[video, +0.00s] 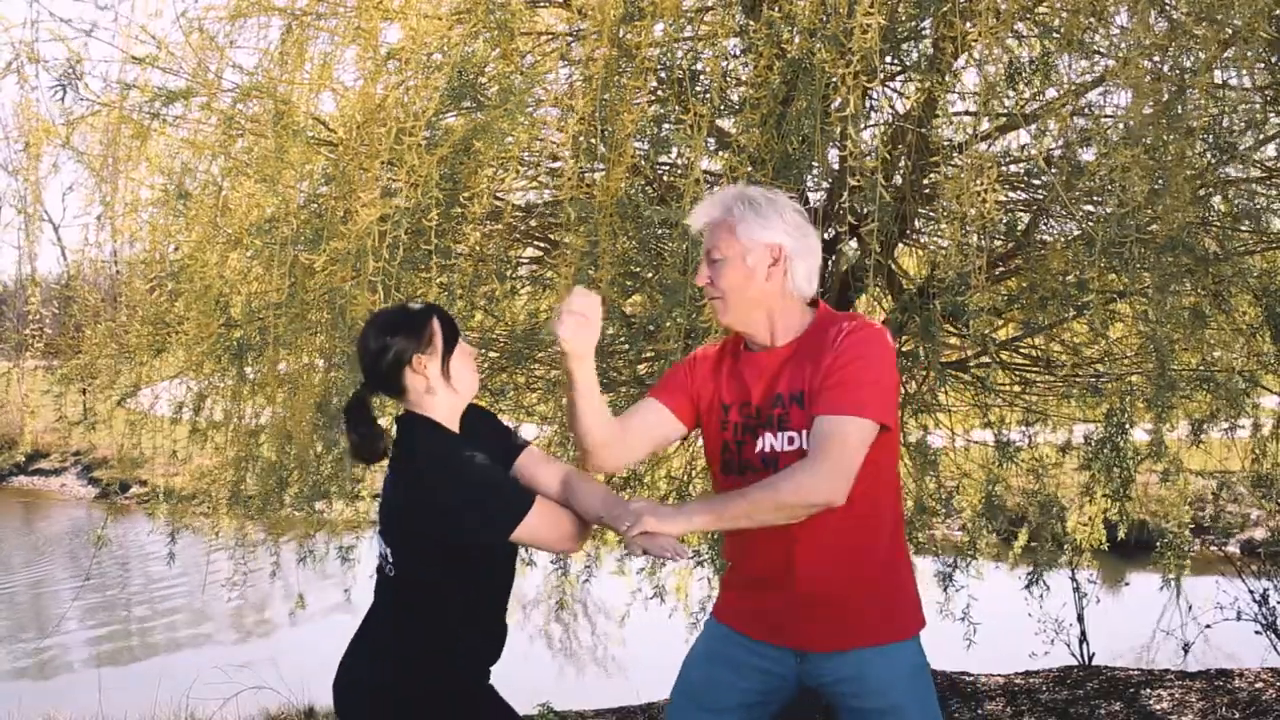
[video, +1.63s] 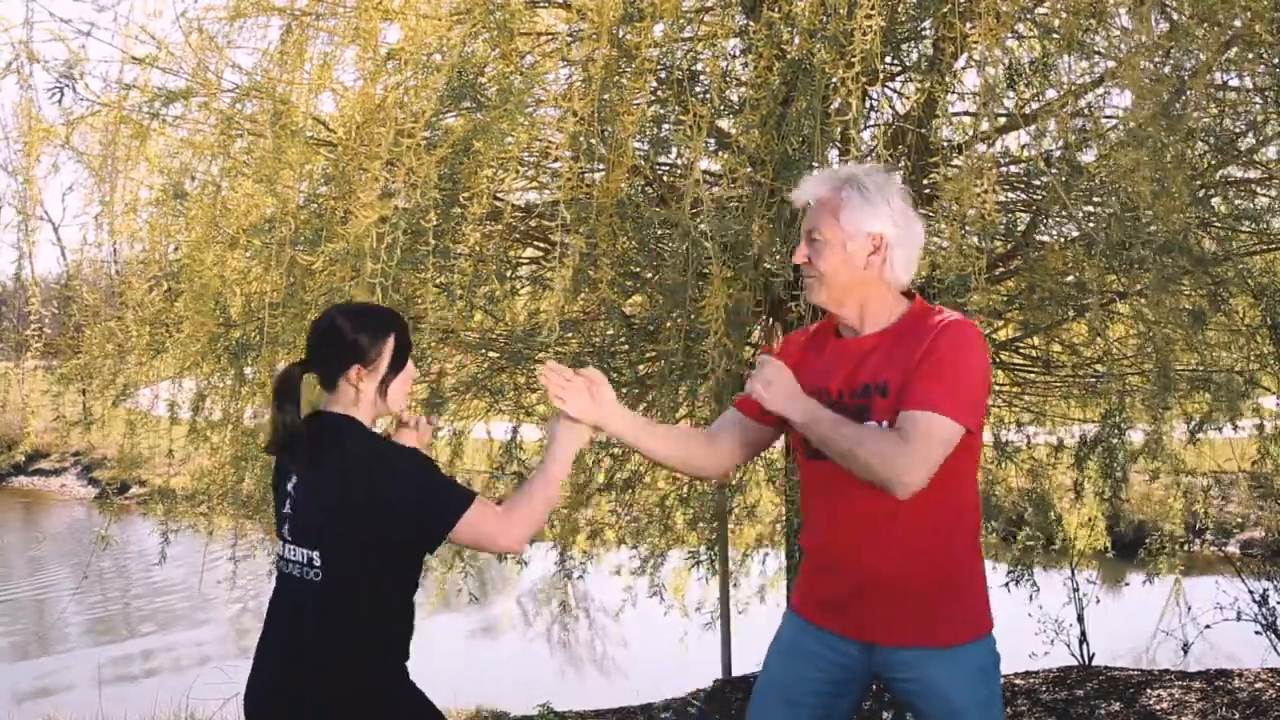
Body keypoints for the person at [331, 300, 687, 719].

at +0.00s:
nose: (474, 350)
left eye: (464, 339)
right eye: (459, 342)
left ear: (422, 368)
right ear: (423, 368)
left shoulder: (466, 422)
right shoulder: (443, 469)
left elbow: (562, 478)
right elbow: (568, 534)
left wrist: (631, 522)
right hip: (430, 696)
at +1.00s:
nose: (472, 360)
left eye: (464, 347)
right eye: (459, 349)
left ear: (421, 370)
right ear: (423, 368)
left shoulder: (448, 431)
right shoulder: (435, 468)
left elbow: (529, 496)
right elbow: (544, 560)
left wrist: (590, 542)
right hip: (421, 697)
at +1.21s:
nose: (469, 358)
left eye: (462, 345)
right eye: (457, 347)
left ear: (417, 360)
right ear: (419, 359)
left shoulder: (427, 419)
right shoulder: (428, 457)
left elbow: (511, 481)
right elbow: (539, 552)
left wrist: (580, 530)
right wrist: (581, 541)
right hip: (409, 689)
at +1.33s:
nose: (463, 357)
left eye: (457, 342)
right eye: (451, 343)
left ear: (406, 357)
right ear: (412, 355)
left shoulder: (377, 420)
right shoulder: (437, 452)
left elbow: (494, 462)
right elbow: (565, 538)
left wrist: (573, 501)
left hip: (330, 673)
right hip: (403, 689)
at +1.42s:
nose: (454, 355)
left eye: (449, 341)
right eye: (443, 343)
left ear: (396, 358)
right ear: (403, 356)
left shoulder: (358, 428)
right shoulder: (435, 458)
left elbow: (451, 470)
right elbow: (564, 534)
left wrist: (533, 475)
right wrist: (603, 519)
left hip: (320, 678)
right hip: (402, 689)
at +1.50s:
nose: (439, 359)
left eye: (434, 346)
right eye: (429, 347)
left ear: (380, 362)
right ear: (389, 362)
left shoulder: (336, 436)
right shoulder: (430, 459)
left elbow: (392, 470)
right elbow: (548, 529)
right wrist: (606, 503)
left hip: (307, 686)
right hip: (397, 693)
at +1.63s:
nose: (412, 375)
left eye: (410, 361)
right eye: (403, 361)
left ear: (348, 374)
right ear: (360, 376)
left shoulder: (299, 445)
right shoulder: (390, 468)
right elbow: (509, 531)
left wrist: (398, 454)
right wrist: (566, 441)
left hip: (275, 690)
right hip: (366, 695)